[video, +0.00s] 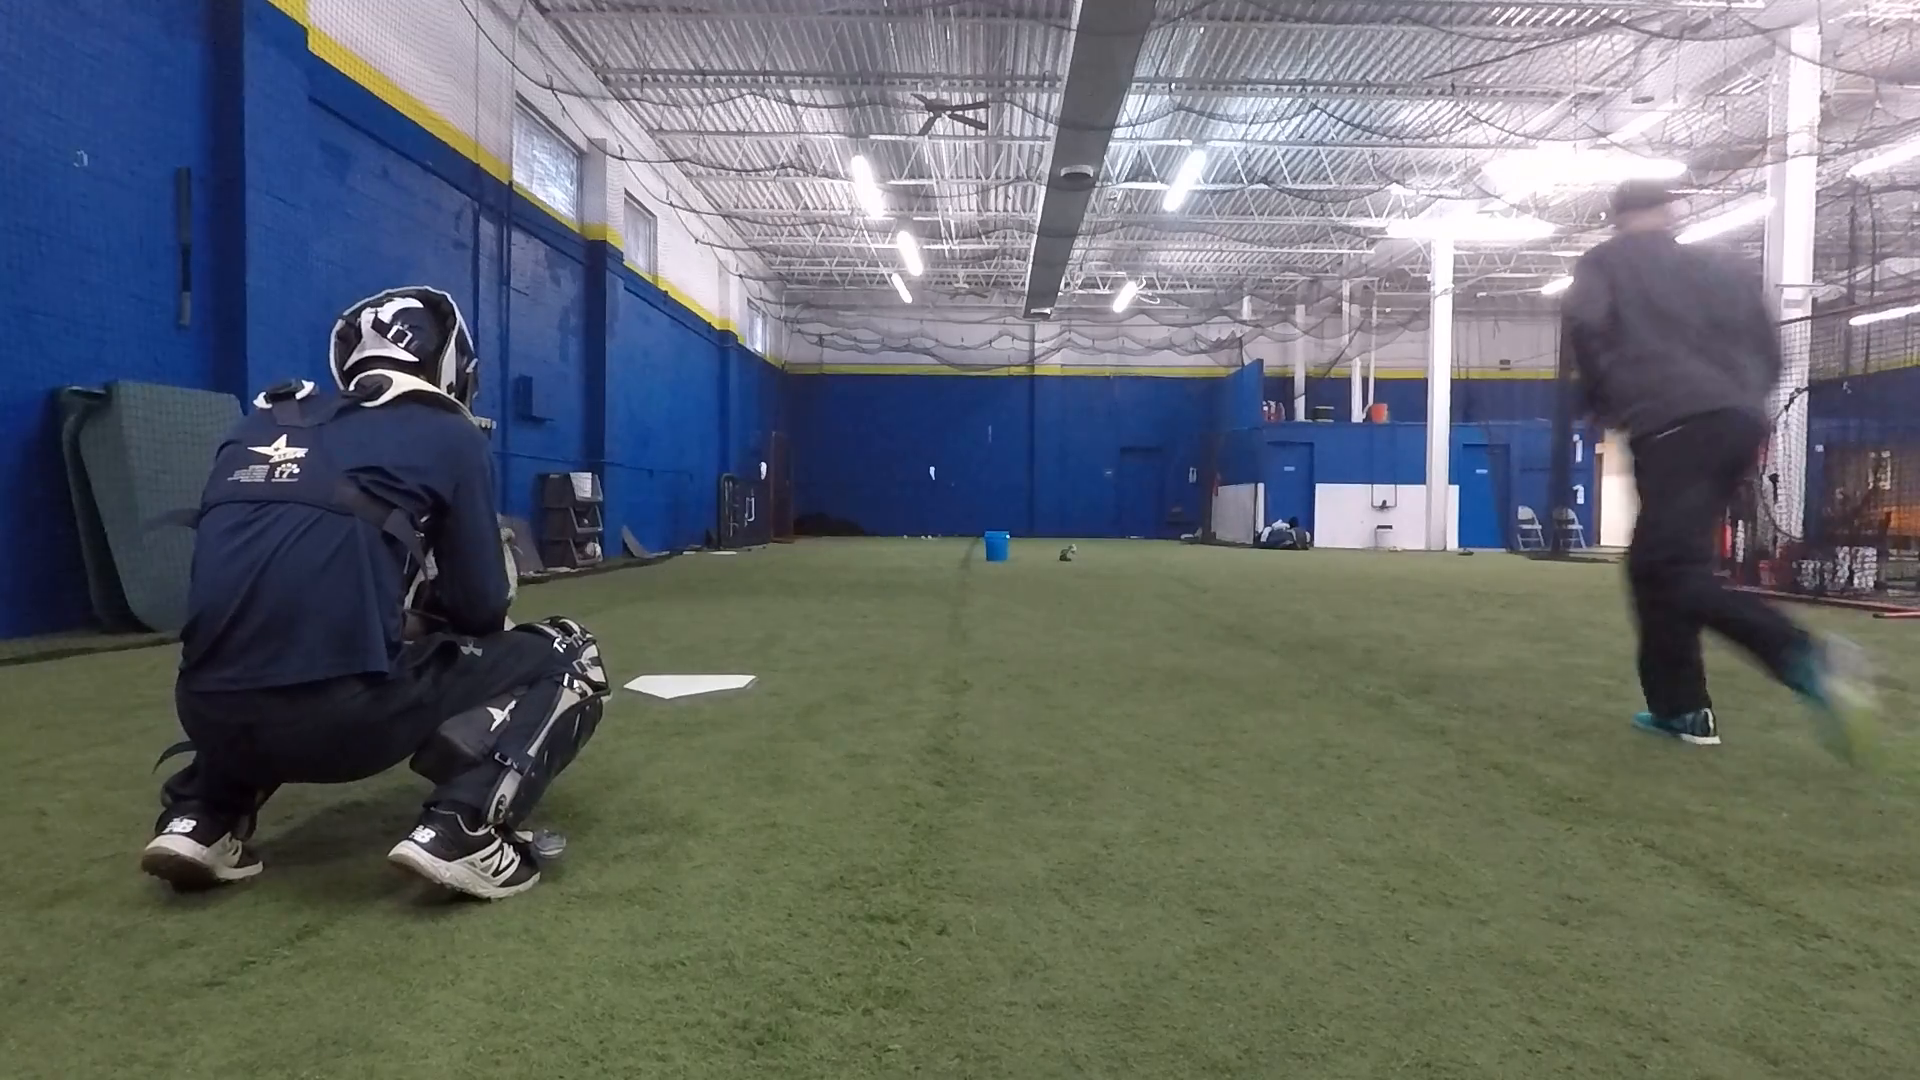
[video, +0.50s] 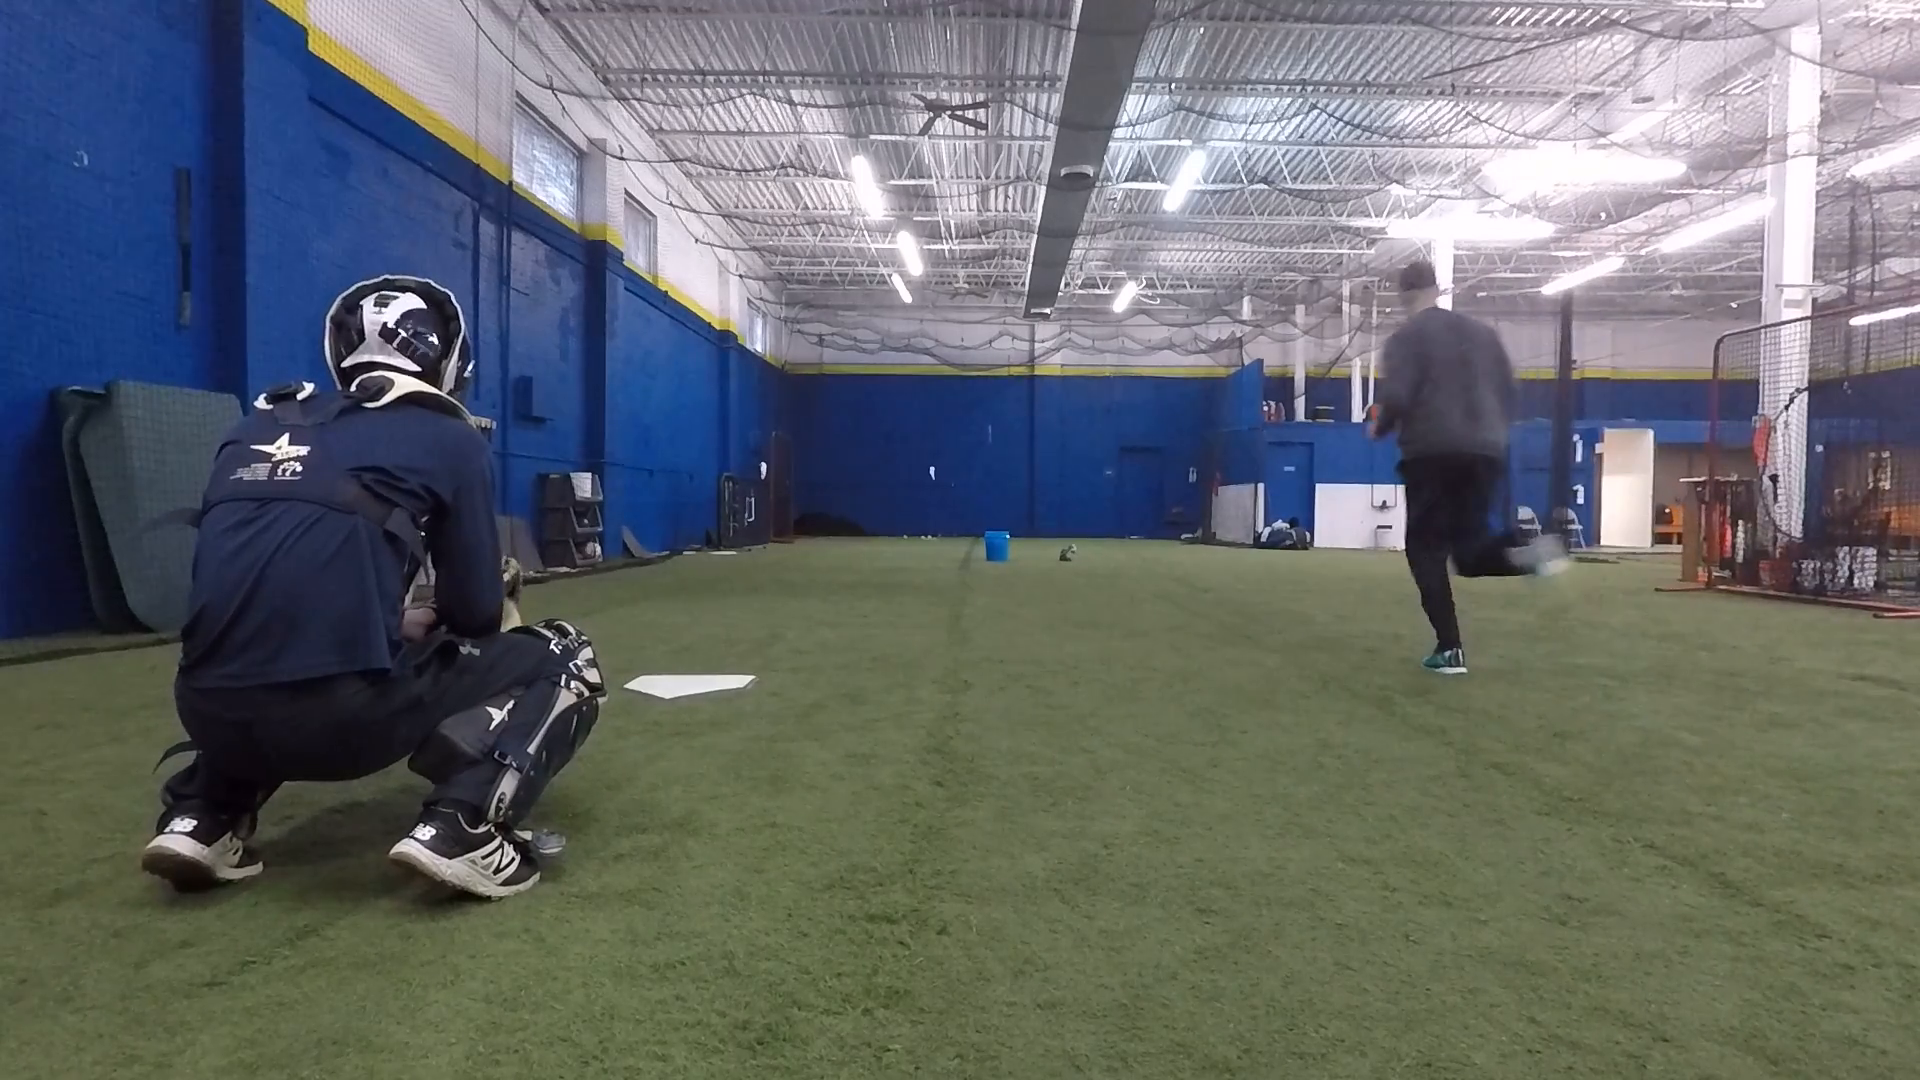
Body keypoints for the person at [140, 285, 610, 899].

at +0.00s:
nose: (466, 377)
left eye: (464, 362)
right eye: (462, 361)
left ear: (347, 361)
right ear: (448, 363)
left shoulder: (259, 423)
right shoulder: (450, 433)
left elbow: (238, 571)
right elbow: (482, 607)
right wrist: (418, 587)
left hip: (218, 717)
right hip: (348, 718)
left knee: (276, 616)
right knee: (571, 654)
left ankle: (202, 816)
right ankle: (462, 826)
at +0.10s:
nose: (464, 374)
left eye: (461, 360)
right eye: (460, 359)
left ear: (343, 359)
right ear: (446, 361)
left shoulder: (259, 422)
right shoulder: (451, 435)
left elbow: (237, 573)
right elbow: (482, 609)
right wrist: (422, 590)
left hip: (218, 717)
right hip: (346, 719)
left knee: (274, 618)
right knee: (570, 656)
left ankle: (202, 817)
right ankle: (463, 825)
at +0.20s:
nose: (463, 372)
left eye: (460, 358)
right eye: (459, 357)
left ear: (341, 358)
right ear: (445, 361)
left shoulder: (258, 423)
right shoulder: (450, 437)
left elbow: (242, 570)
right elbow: (481, 612)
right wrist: (425, 593)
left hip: (218, 717)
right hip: (347, 718)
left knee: (279, 616)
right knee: (569, 656)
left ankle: (202, 817)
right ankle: (463, 825)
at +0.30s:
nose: (461, 370)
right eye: (457, 355)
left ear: (340, 358)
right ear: (445, 360)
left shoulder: (258, 423)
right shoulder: (450, 438)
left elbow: (239, 573)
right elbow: (477, 612)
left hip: (218, 717)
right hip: (347, 719)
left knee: (278, 617)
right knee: (570, 657)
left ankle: (201, 816)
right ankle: (464, 825)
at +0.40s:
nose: (460, 369)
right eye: (455, 353)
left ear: (341, 356)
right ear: (443, 359)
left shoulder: (258, 423)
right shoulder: (450, 438)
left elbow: (244, 578)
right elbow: (476, 612)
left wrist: (392, 620)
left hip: (216, 715)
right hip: (345, 718)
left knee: (280, 621)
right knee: (568, 657)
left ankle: (202, 817)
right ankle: (464, 823)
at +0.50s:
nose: (461, 367)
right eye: (456, 351)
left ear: (341, 352)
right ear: (444, 356)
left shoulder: (258, 422)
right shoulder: (450, 437)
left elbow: (244, 579)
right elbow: (474, 612)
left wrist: (393, 620)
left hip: (216, 713)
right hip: (344, 716)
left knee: (279, 623)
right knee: (566, 659)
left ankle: (202, 816)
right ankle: (464, 823)